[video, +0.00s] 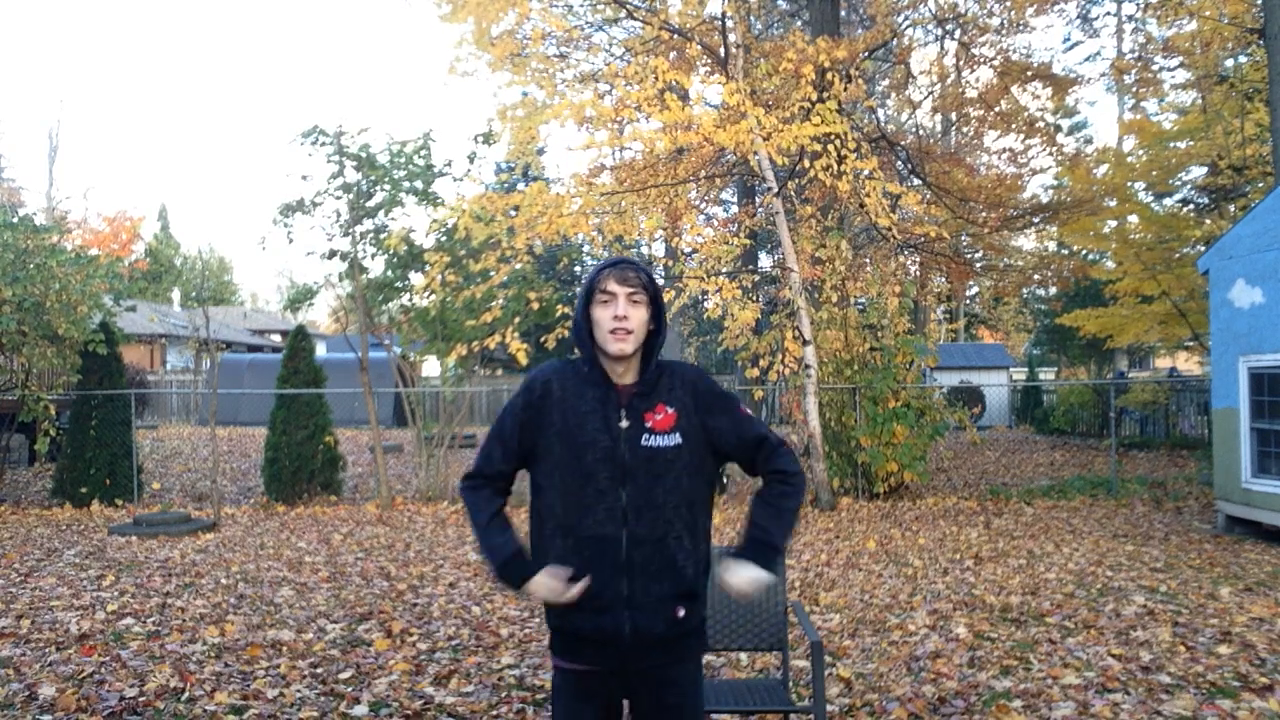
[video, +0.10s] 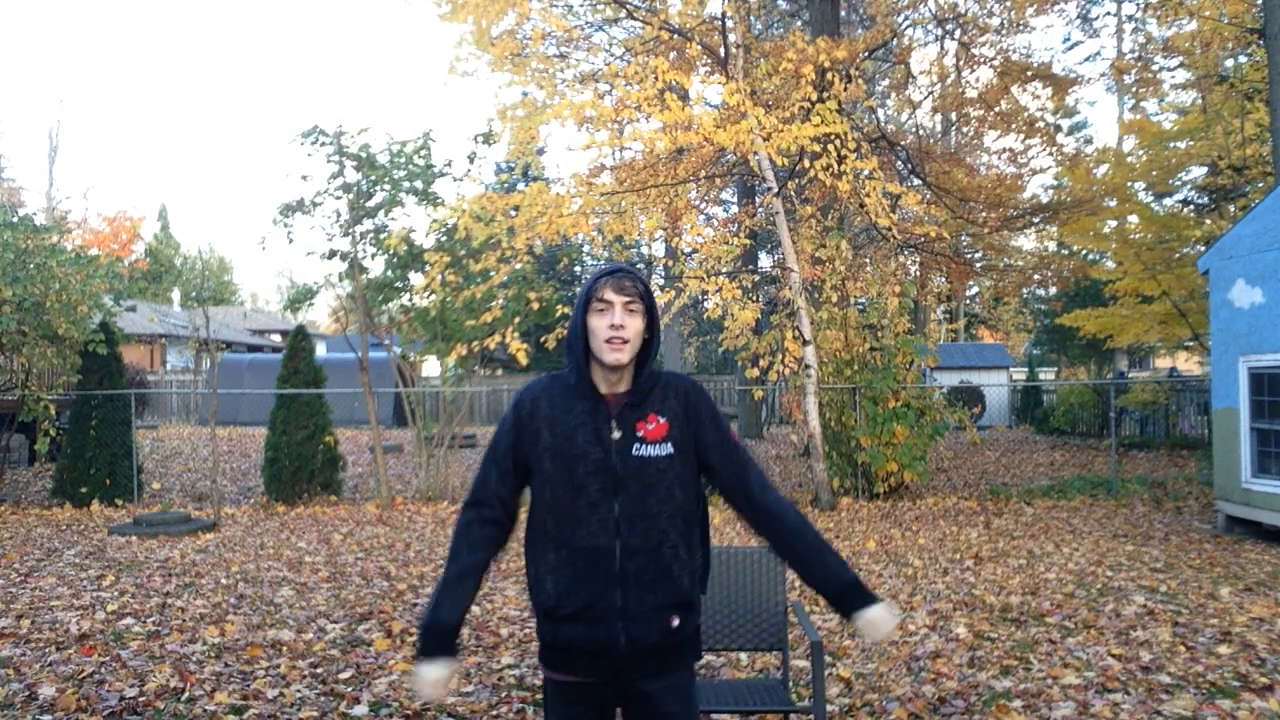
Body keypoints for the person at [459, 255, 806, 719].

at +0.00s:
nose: (620, 313)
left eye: (634, 300)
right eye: (606, 300)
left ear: (652, 317)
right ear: (586, 315)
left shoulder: (690, 391)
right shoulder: (547, 392)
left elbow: (783, 468)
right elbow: (481, 486)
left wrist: (756, 555)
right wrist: (521, 572)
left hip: (673, 638)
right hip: (582, 641)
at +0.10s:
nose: (617, 322)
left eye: (631, 310)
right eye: (603, 309)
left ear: (649, 325)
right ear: (582, 321)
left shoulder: (684, 402)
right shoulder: (537, 408)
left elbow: (761, 503)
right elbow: (483, 521)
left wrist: (851, 595)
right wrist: (437, 637)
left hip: (665, 650)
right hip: (573, 653)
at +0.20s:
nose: (612, 321)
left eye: (626, 309)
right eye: (598, 308)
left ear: (645, 323)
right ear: (577, 321)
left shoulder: (678, 402)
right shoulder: (540, 408)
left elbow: (725, 526)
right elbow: (511, 544)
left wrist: (824, 580)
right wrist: (437, 635)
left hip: (659, 648)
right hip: (566, 652)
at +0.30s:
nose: (609, 316)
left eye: (623, 305)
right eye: (595, 304)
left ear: (642, 319)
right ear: (576, 319)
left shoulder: (678, 402)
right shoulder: (539, 408)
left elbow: (696, 530)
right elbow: (532, 541)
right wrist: (477, 628)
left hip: (658, 645)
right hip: (570, 647)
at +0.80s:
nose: (627, 314)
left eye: (639, 299)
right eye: (613, 308)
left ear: (668, 307)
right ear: (604, 328)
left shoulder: (719, 405)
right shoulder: (577, 407)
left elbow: (720, 527)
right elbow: (562, 536)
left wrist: (761, 577)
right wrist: (532, 609)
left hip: (688, 647)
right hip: (597, 649)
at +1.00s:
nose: (634, 326)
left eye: (647, 311)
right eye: (619, 316)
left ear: (672, 325)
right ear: (607, 335)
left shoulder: (717, 421)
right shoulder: (573, 422)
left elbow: (721, 549)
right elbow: (556, 541)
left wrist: (743, 535)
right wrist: (575, 567)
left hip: (694, 656)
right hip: (604, 659)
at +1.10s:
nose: (631, 317)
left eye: (647, 304)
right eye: (618, 304)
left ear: (668, 320)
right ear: (601, 321)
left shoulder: (707, 408)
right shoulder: (566, 415)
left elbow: (723, 539)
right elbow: (555, 551)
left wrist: (681, 472)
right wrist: (613, 514)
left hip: (687, 645)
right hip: (597, 649)